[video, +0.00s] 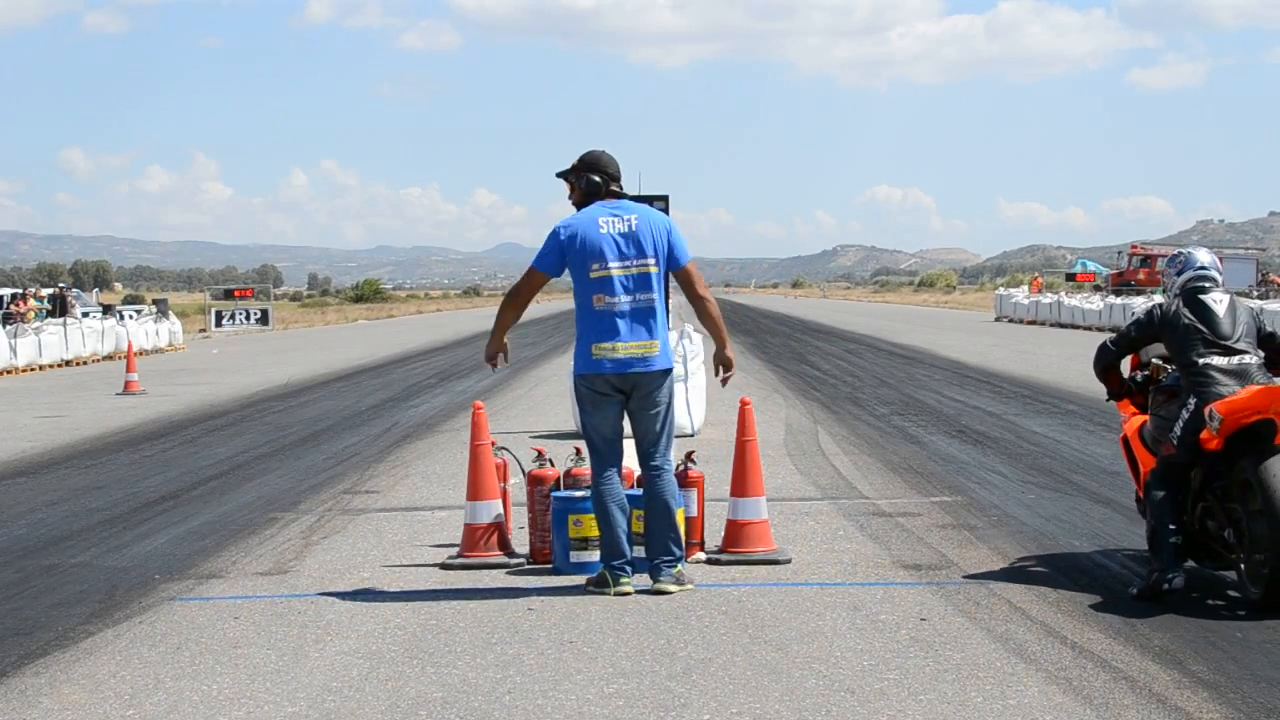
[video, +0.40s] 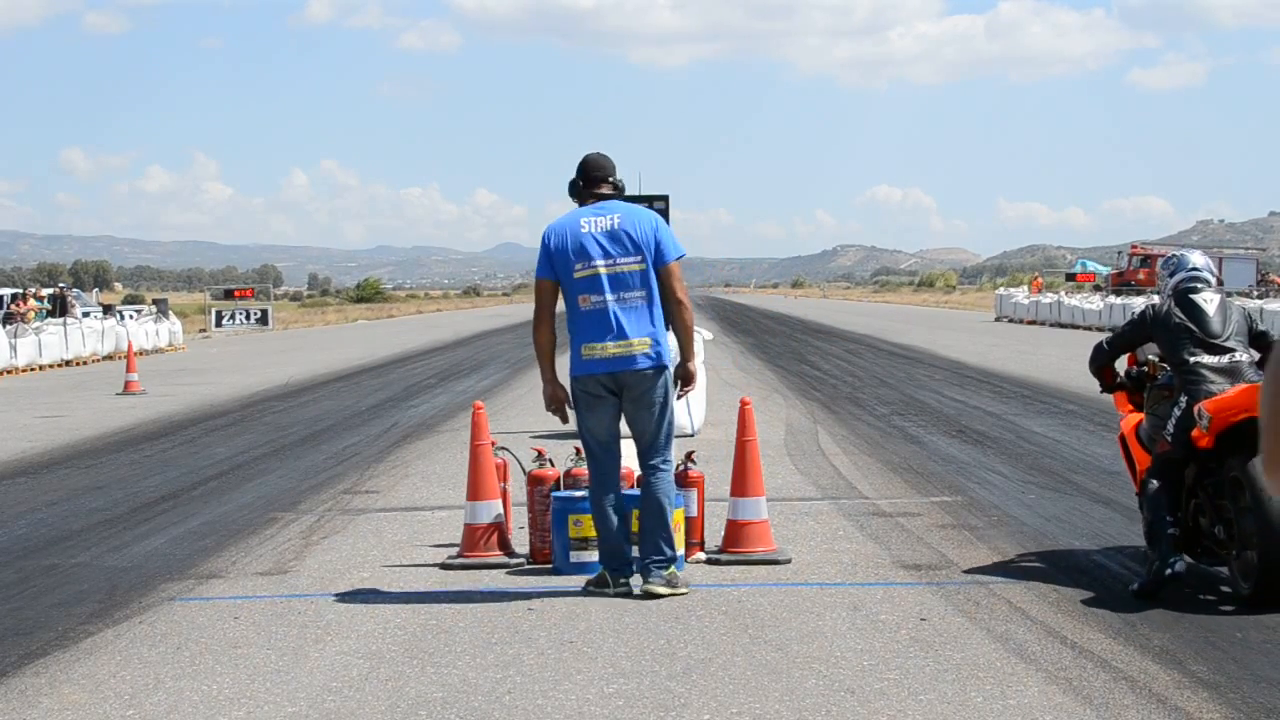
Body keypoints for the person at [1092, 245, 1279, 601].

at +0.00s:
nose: (1167, 282)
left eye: (1169, 275)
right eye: (1169, 275)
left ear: (1176, 275)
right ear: (1217, 274)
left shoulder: (1166, 310)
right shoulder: (1247, 308)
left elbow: (1105, 355)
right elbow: (1275, 344)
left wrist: (1119, 389)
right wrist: (1267, 369)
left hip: (1209, 401)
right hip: (1261, 392)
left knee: (1162, 480)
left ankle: (1165, 570)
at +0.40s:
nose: (1163, 283)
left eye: (1164, 277)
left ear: (1169, 278)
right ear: (1213, 276)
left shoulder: (1158, 312)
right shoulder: (1238, 310)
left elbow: (1101, 354)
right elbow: (1271, 344)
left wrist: (1109, 380)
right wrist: (1253, 370)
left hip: (1199, 399)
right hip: (1251, 391)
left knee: (1158, 477)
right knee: (1267, 464)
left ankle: (1164, 559)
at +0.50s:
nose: (1162, 286)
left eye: (1164, 280)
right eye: (1163, 280)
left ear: (1172, 279)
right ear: (1212, 276)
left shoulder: (1162, 311)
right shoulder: (1241, 311)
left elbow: (1107, 351)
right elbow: (1250, 350)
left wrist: (1111, 380)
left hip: (1199, 402)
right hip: (1244, 400)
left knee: (1149, 478)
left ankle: (1165, 546)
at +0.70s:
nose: (1160, 289)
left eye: (1160, 282)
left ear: (1166, 282)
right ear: (1198, 280)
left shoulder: (1157, 314)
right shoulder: (1222, 312)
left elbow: (1104, 353)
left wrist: (1116, 386)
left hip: (1169, 425)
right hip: (1223, 419)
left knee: (1144, 482)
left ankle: (1155, 559)